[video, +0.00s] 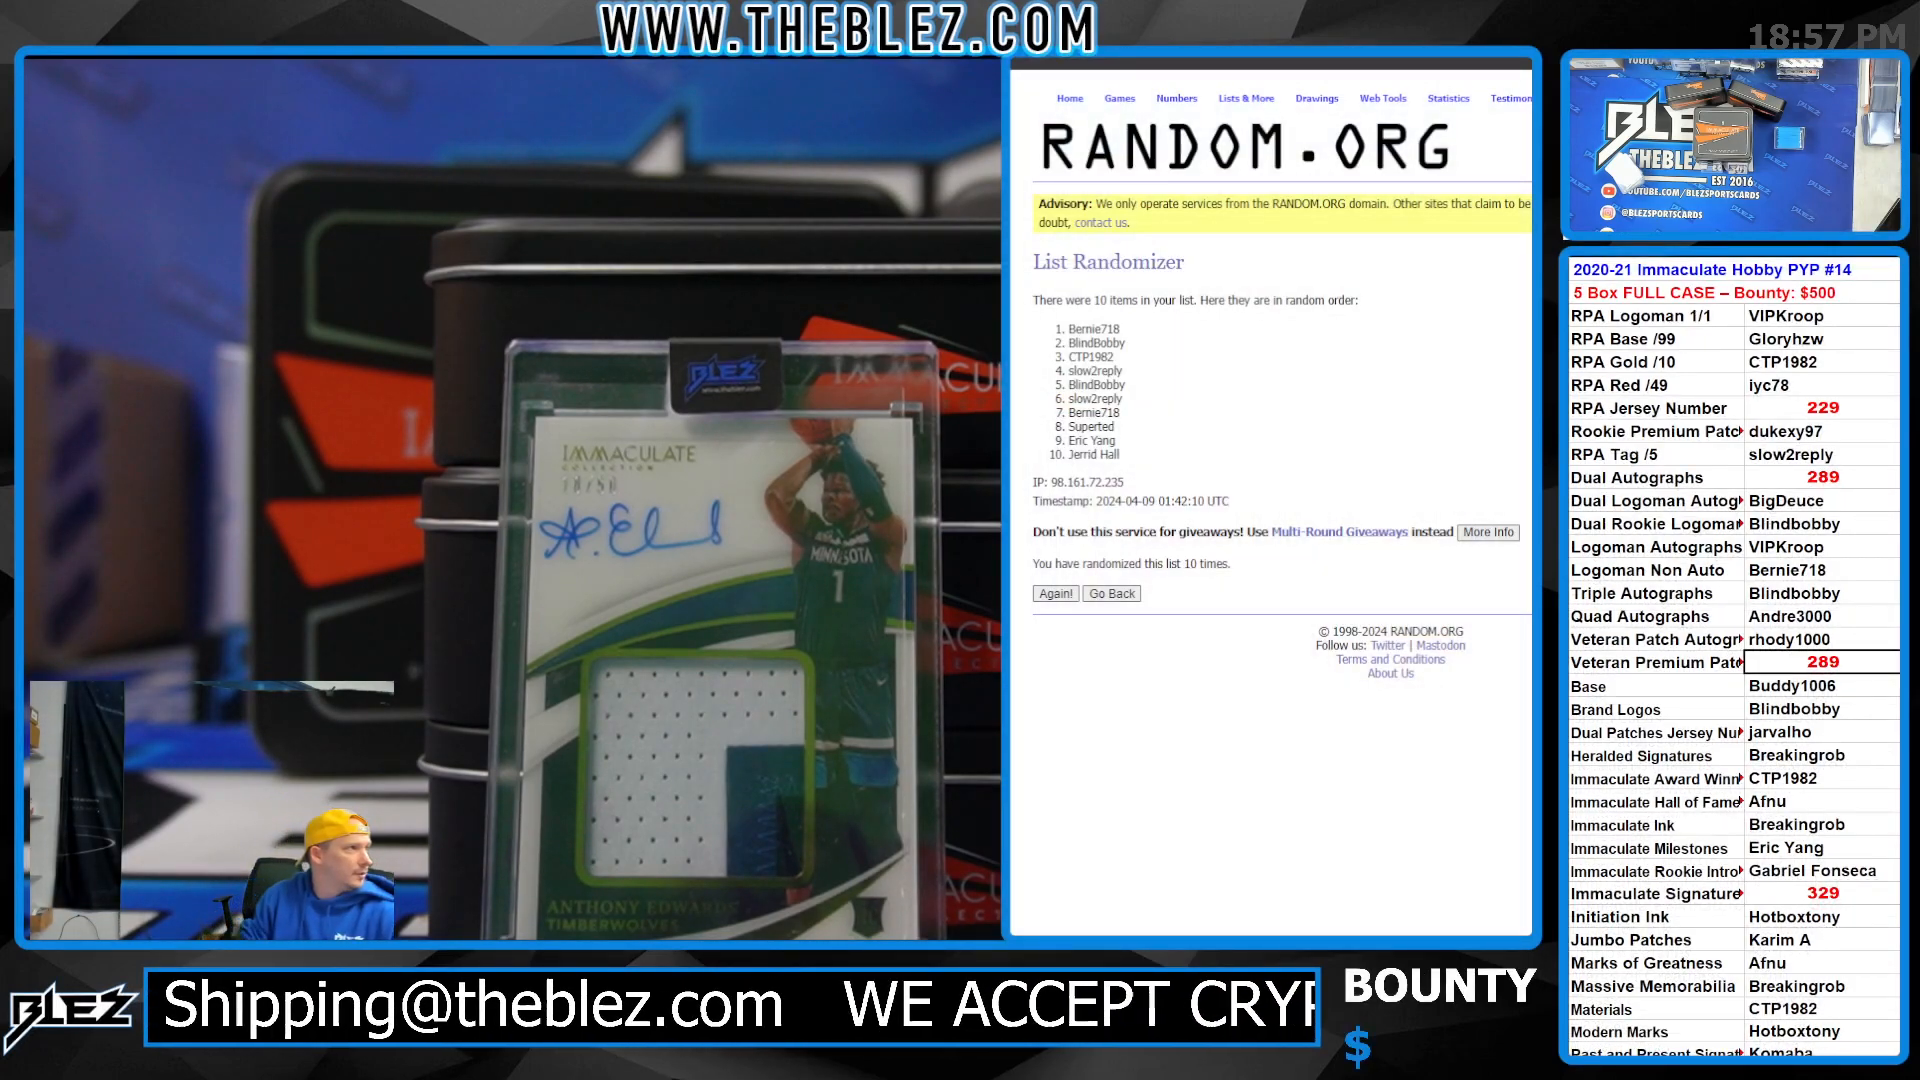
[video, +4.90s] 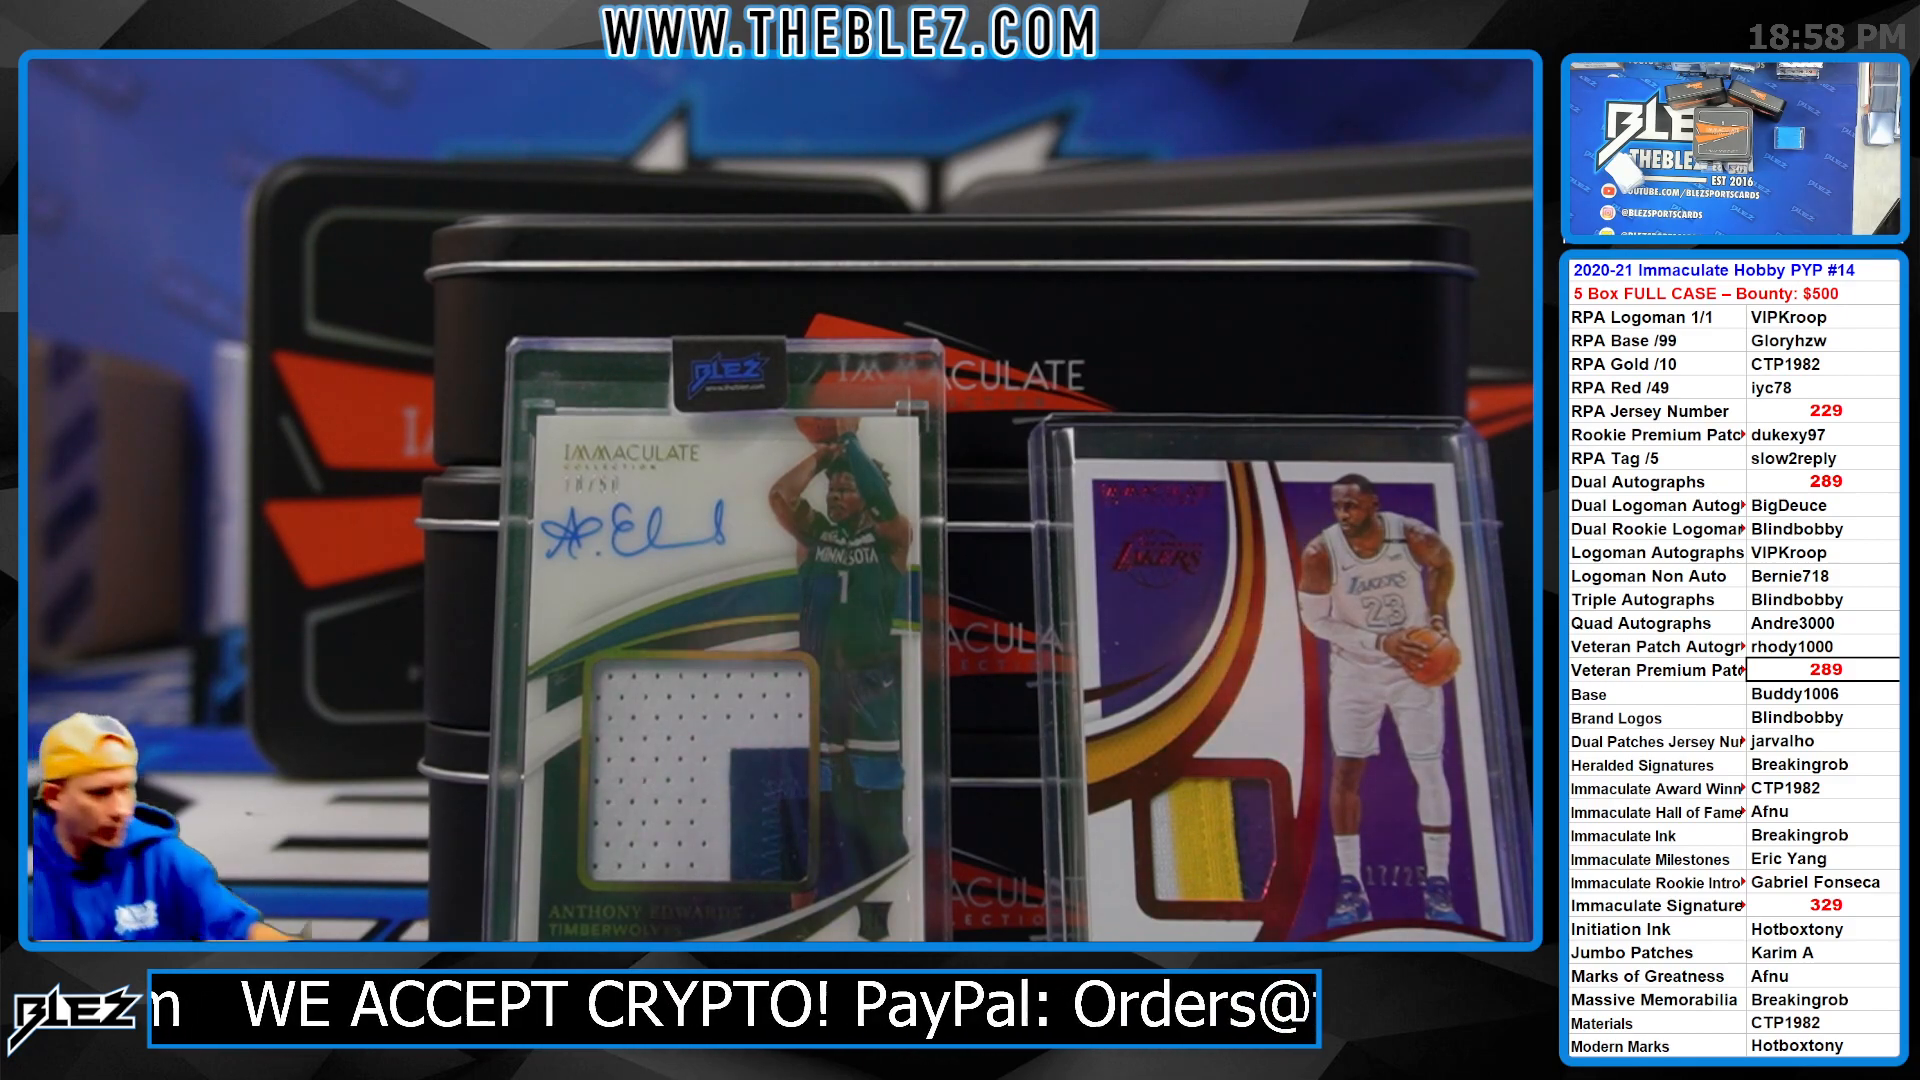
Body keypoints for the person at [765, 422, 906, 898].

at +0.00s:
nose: (835, 496)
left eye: (844, 489)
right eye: (829, 489)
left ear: (862, 495)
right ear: (822, 495)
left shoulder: (884, 539)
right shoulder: (810, 532)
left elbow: (875, 496)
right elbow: (776, 496)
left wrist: (845, 446)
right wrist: (815, 459)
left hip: (866, 676)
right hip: (813, 676)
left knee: (873, 792)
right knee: (818, 791)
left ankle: (871, 892)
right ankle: (819, 883)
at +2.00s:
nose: (834, 497)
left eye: (843, 490)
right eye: (829, 490)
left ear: (862, 495)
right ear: (821, 495)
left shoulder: (883, 539)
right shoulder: (810, 533)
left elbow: (875, 496)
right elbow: (776, 496)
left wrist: (844, 445)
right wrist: (814, 460)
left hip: (865, 678)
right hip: (812, 676)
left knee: (872, 795)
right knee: (816, 793)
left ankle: (871, 895)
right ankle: (816, 887)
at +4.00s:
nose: (841, 494)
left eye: (850, 488)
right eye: (835, 487)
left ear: (868, 495)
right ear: (827, 493)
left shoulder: (890, 539)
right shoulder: (814, 532)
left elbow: (886, 509)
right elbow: (780, 496)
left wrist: (853, 453)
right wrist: (818, 460)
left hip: (872, 677)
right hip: (817, 675)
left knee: (878, 796)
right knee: (819, 792)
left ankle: (876, 901)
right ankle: (815, 893)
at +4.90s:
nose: (840, 494)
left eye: (850, 487)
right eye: (834, 486)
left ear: (868, 494)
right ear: (826, 493)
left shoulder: (890, 539)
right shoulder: (815, 534)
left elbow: (885, 504)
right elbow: (780, 496)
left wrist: (851, 447)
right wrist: (819, 458)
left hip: (873, 680)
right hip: (821, 679)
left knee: (874, 793)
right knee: (827, 792)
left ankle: (879, 901)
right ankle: (829, 892)